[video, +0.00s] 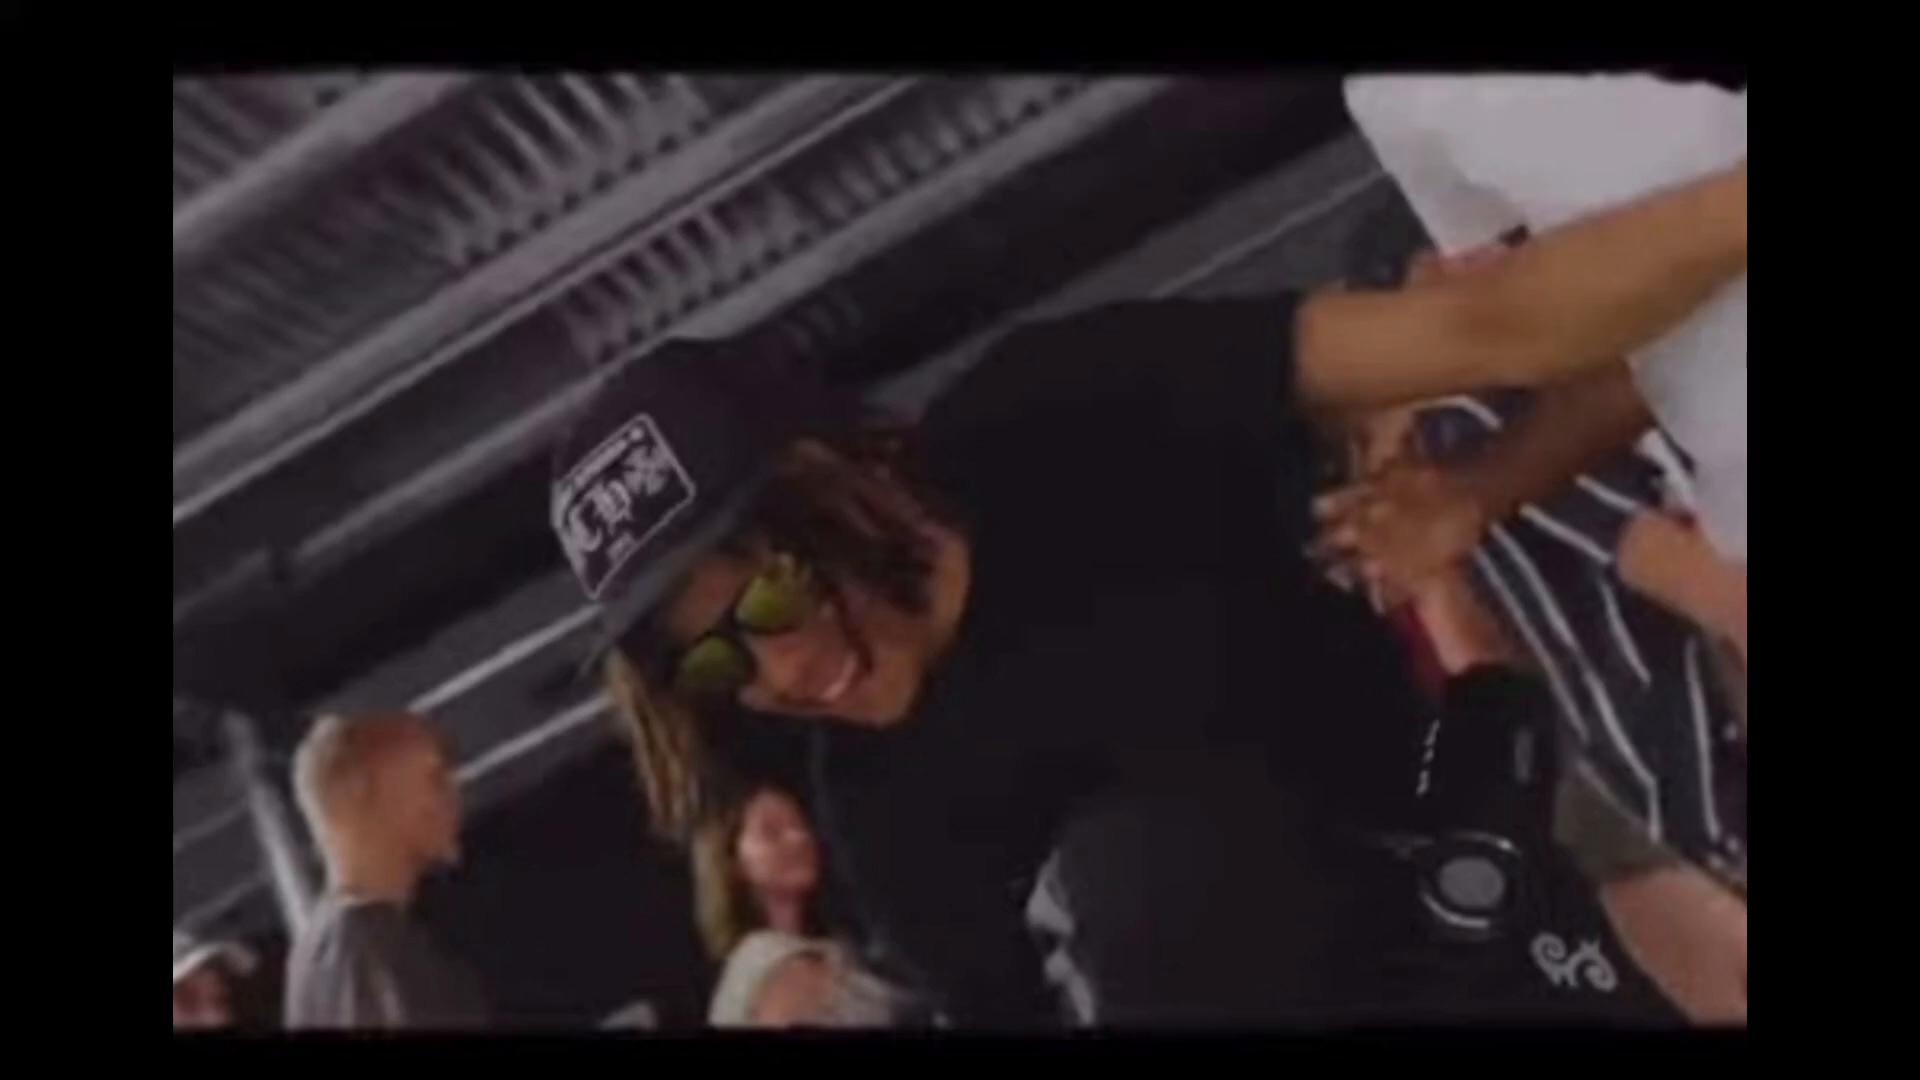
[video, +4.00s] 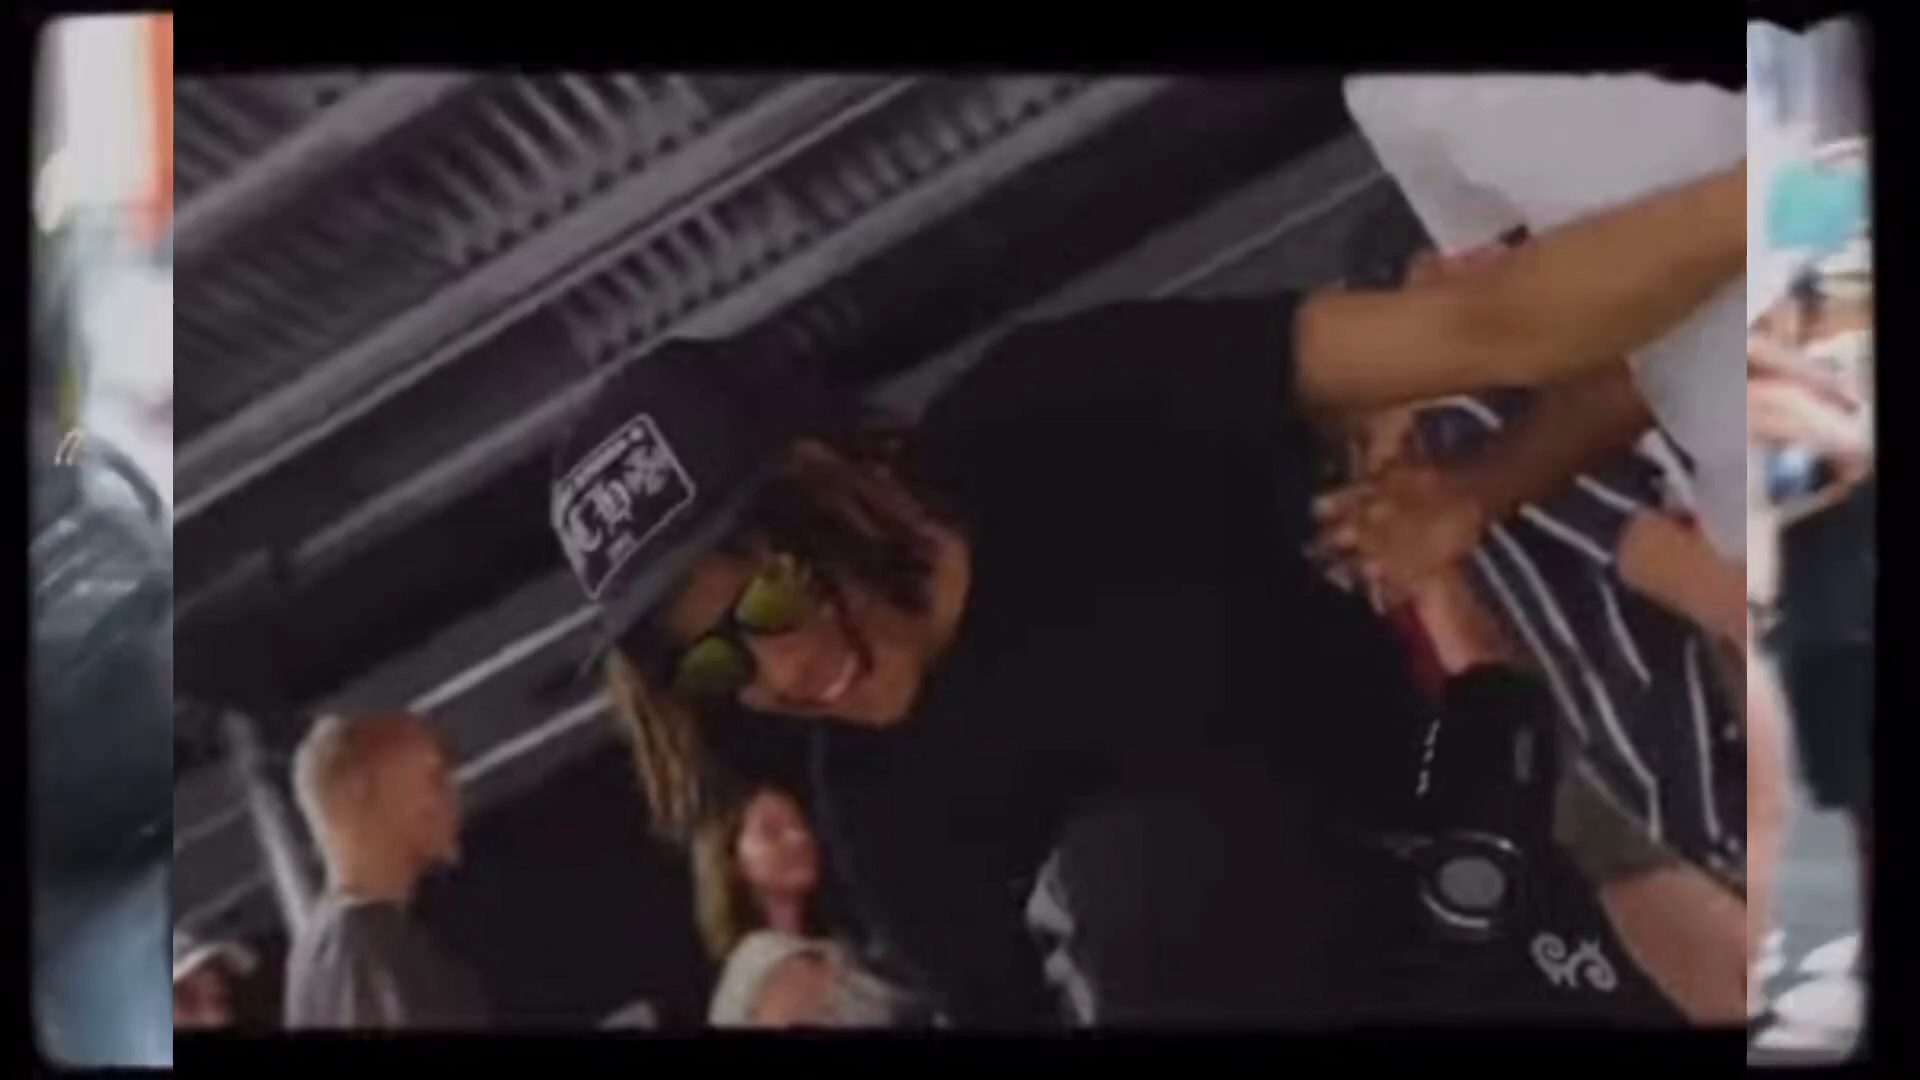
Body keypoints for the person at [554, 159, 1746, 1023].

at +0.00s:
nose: (768, 656)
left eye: (761, 582)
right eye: (708, 654)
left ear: (835, 476)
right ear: (687, 685)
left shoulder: (1052, 404)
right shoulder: (886, 847)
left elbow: (1472, 328)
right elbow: (1031, 1024)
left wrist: (1740, 208)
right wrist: (837, 995)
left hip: (1477, 844)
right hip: (1240, 973)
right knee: (1136, 862)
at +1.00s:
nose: (768, 656)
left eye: (761, 582)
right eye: (708, 654)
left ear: (835, 476)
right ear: (687, 685)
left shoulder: (1052, 404)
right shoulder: (886, 847)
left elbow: (1472, 328)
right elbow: (1031, 1024)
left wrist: (1740, 208)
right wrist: (837, 995)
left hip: (1477, 844)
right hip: (1240, 973)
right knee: (1136, 862)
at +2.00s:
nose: (770, 658)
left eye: (763, 584)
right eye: (711, 656)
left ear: (836, 477)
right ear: (690, 687)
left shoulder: (1050, 403)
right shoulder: (890, 843)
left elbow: (1468, 329)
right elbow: (1036, 1022)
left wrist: (1751, 207)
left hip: (1485, 838)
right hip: (1258, 972)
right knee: (1136, 866)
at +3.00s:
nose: (768, 661)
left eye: (761, 587)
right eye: (710, 657)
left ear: (834, 478)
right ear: (688, 686)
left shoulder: (1052, 403)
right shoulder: (888, 844)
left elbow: (1469, 328)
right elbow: (1032, 1023)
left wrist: (1764, 199)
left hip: (1475, 841)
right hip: (1239, 974)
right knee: (1135, 870)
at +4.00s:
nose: (767, 656)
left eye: (760, 581)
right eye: (708, 654)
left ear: (835, 476)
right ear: (688, 687)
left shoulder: (1052, 404)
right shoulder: (888, 846)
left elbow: (1475, 326)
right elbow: (1033, 1025)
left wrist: (1797, 183)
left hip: (1486, 855)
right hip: (1248, 974)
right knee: (1133, 867)